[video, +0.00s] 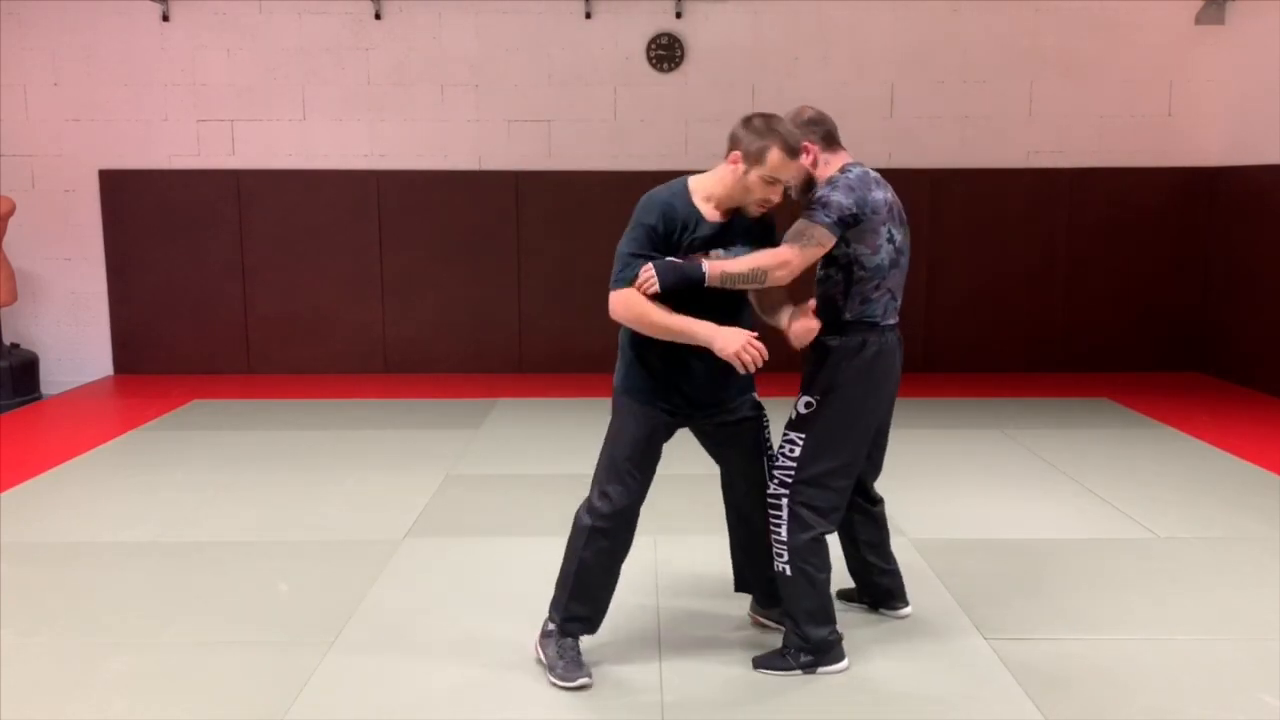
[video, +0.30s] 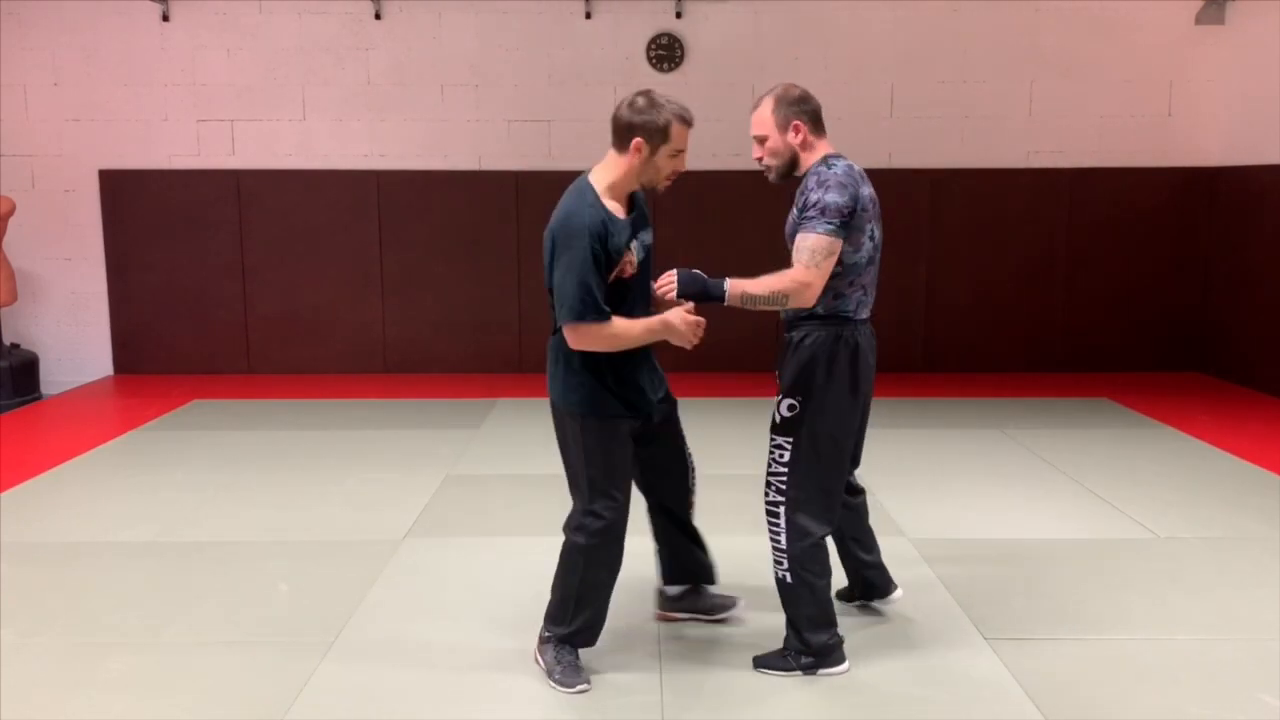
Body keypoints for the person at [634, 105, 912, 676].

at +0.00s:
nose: (789, 183)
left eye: (789, 170)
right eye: (786, 175)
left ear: (811, 152)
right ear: (826, 147)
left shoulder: (844, 189)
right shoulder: (869, 185)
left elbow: (784, 265)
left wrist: (692, 270)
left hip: (849, 356)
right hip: (874, 353)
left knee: (789, 487)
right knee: (850, 479)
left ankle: (813, 640)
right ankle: (881, 585)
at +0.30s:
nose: (756, 153)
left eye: (762, 140)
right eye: (754, 141)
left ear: (798, 133)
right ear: (803, 134)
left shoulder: (829, 184)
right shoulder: (838, 178)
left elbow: (804, 286)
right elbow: (811, 283)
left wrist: (711, 288)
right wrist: (743, 293)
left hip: (824, 351)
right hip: (840, 346)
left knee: (791, 500)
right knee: (833, 477)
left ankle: (813, 644)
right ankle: (870, 579)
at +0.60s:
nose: (725, 147)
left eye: (732, 135)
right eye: (724, 135)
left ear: (767, 130)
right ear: (770, 130)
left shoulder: (802, 182)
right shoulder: (802, 175)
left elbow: (776, 283)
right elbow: (805, 279)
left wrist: (690, 290)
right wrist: (770, 338)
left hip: (805, 345)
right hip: (802, 340)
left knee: (791, 492)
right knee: (792, 472)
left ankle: (814, 644)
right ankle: (798, 576)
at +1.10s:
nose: (694, 152)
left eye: (699, 139)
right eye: (692, 140)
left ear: (735, 132)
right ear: (737, 133)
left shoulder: (767, 183)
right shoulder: (770, 175)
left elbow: (710, 272)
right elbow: (766, 272)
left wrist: (631, 243)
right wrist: (728, 329)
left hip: (765, 342)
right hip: (773, 339)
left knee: (732, 486)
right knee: (771, 474)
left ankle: (754, 642)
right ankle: (783, 586)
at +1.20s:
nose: (684, 152)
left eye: (688, 139)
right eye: (681, 140)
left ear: (723, 131)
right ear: (729, 131)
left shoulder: (748, 188)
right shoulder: (779, 175)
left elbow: (671, 269)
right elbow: (765, 266)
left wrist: (594, 238)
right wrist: (727, 320)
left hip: (758, 344)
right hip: (780, 339)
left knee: (736, 491)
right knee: (774, 477)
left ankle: (755, 643)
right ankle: (785, 584)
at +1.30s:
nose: (669, 153)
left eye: (673, 141)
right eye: (667, 141)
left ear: (707, 135)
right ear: (719, 133)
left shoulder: (720, 190)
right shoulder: (775, 172)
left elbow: (623, 252)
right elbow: (769, 259)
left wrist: (535, 242)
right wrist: (731, 314)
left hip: (758, 346)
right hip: (788, 338)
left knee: (737, 495)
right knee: (776, 474)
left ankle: (755, 645)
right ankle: (782, 578)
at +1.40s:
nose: (657, 155)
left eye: (661, 143)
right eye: (655, 143)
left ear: (692, 138)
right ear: (712, 133)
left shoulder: (706, 194)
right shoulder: (775, 173)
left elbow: (604, 252)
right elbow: (793, 264)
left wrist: (524, 236)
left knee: (735, 494)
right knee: (768, 471)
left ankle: (756, 647)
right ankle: (778, 574)